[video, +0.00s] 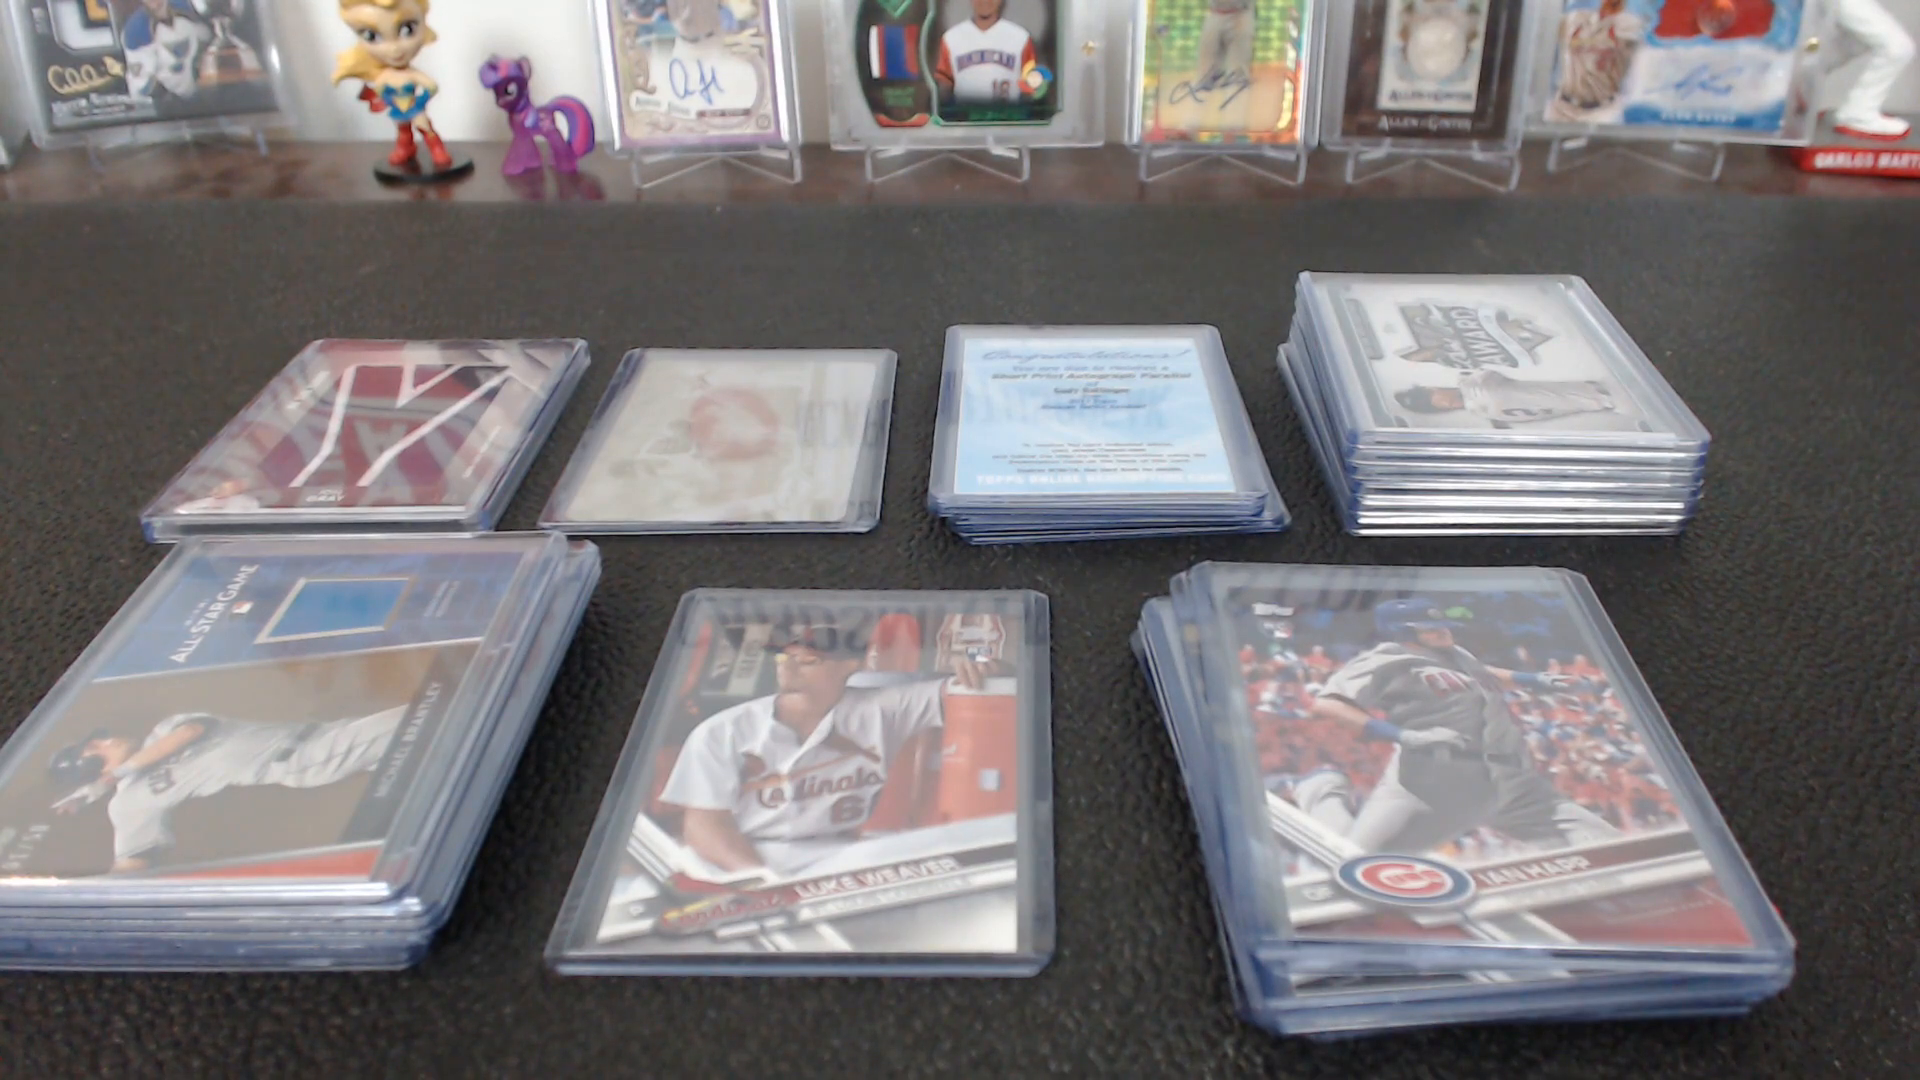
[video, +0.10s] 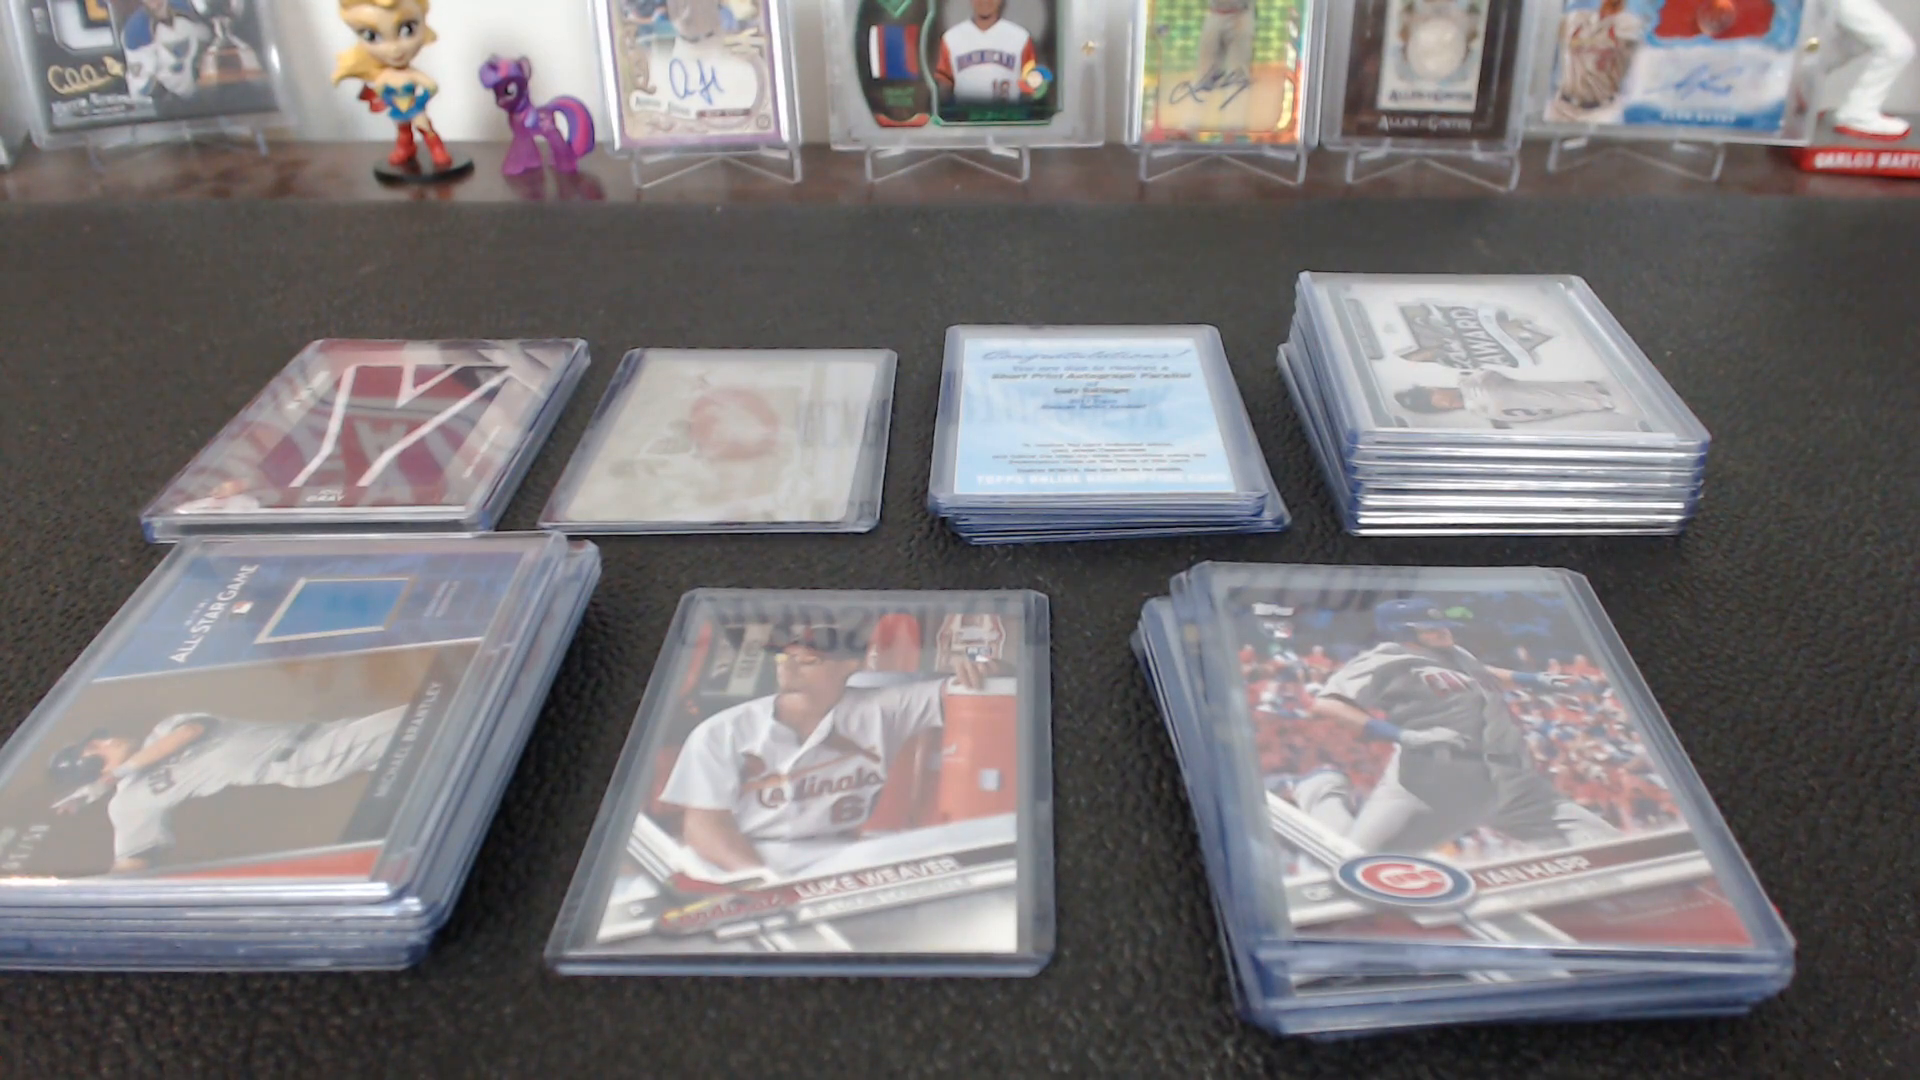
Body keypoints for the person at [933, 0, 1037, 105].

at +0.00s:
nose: (984, 2)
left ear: (1000, 2)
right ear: (971, 2)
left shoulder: (1020, 37)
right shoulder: (950, 38)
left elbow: (1029, 81)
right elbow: (944, 78)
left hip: (1008, 121)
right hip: (965, 120)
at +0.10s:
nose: (984, 2)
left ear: (1001, 2)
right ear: (971, 2)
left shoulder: (1020, 37)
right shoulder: (951, 38)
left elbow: (1029, 81)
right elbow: (944, 78)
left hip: (1008, 121)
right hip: (965, 120)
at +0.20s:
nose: (984, 2)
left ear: (1000, 2)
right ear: (971, 2)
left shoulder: (1020, 37)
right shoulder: (951, 38)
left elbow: (1029, 81)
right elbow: (944, 77)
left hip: (1008, 120)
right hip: (965, 119)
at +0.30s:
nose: (984, 2)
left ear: (1000, 2)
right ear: (971, 2)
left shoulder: (1021, 37)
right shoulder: (951, 37)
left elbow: (1030, 81)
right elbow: (944, 77)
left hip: (1009, 121)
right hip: (965, 120)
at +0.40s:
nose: (984, 2)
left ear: (1000, 2)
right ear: (971, 2)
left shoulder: (1020, 37)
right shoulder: (951, 37)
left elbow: (1029, 81)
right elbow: (944, 78)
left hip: (1009, 120)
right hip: (965, 119)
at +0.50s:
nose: (984, 2)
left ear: (1001, 2)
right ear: (971, 2)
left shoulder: (1020, 37)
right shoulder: (951, 38)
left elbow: (1029, 81)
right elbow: (944, 78)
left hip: (1008, 121)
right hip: (965, 120)